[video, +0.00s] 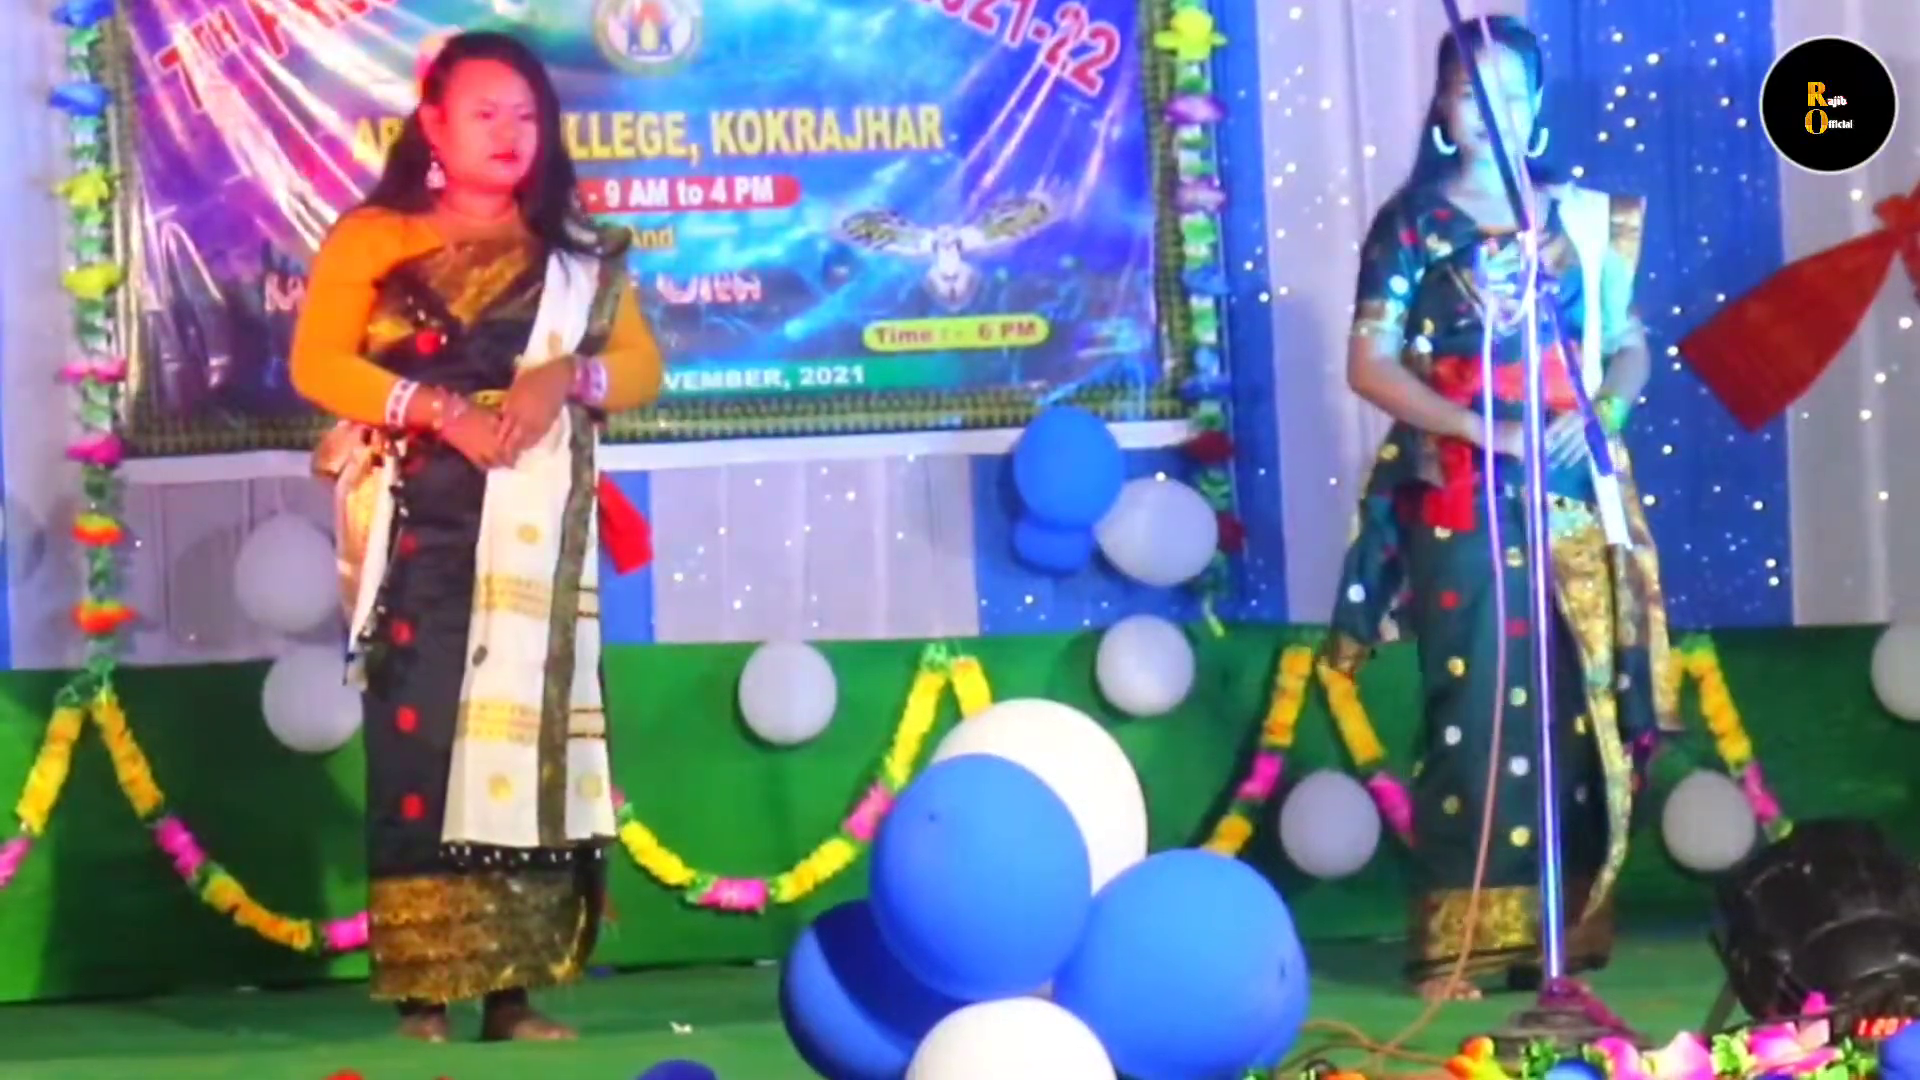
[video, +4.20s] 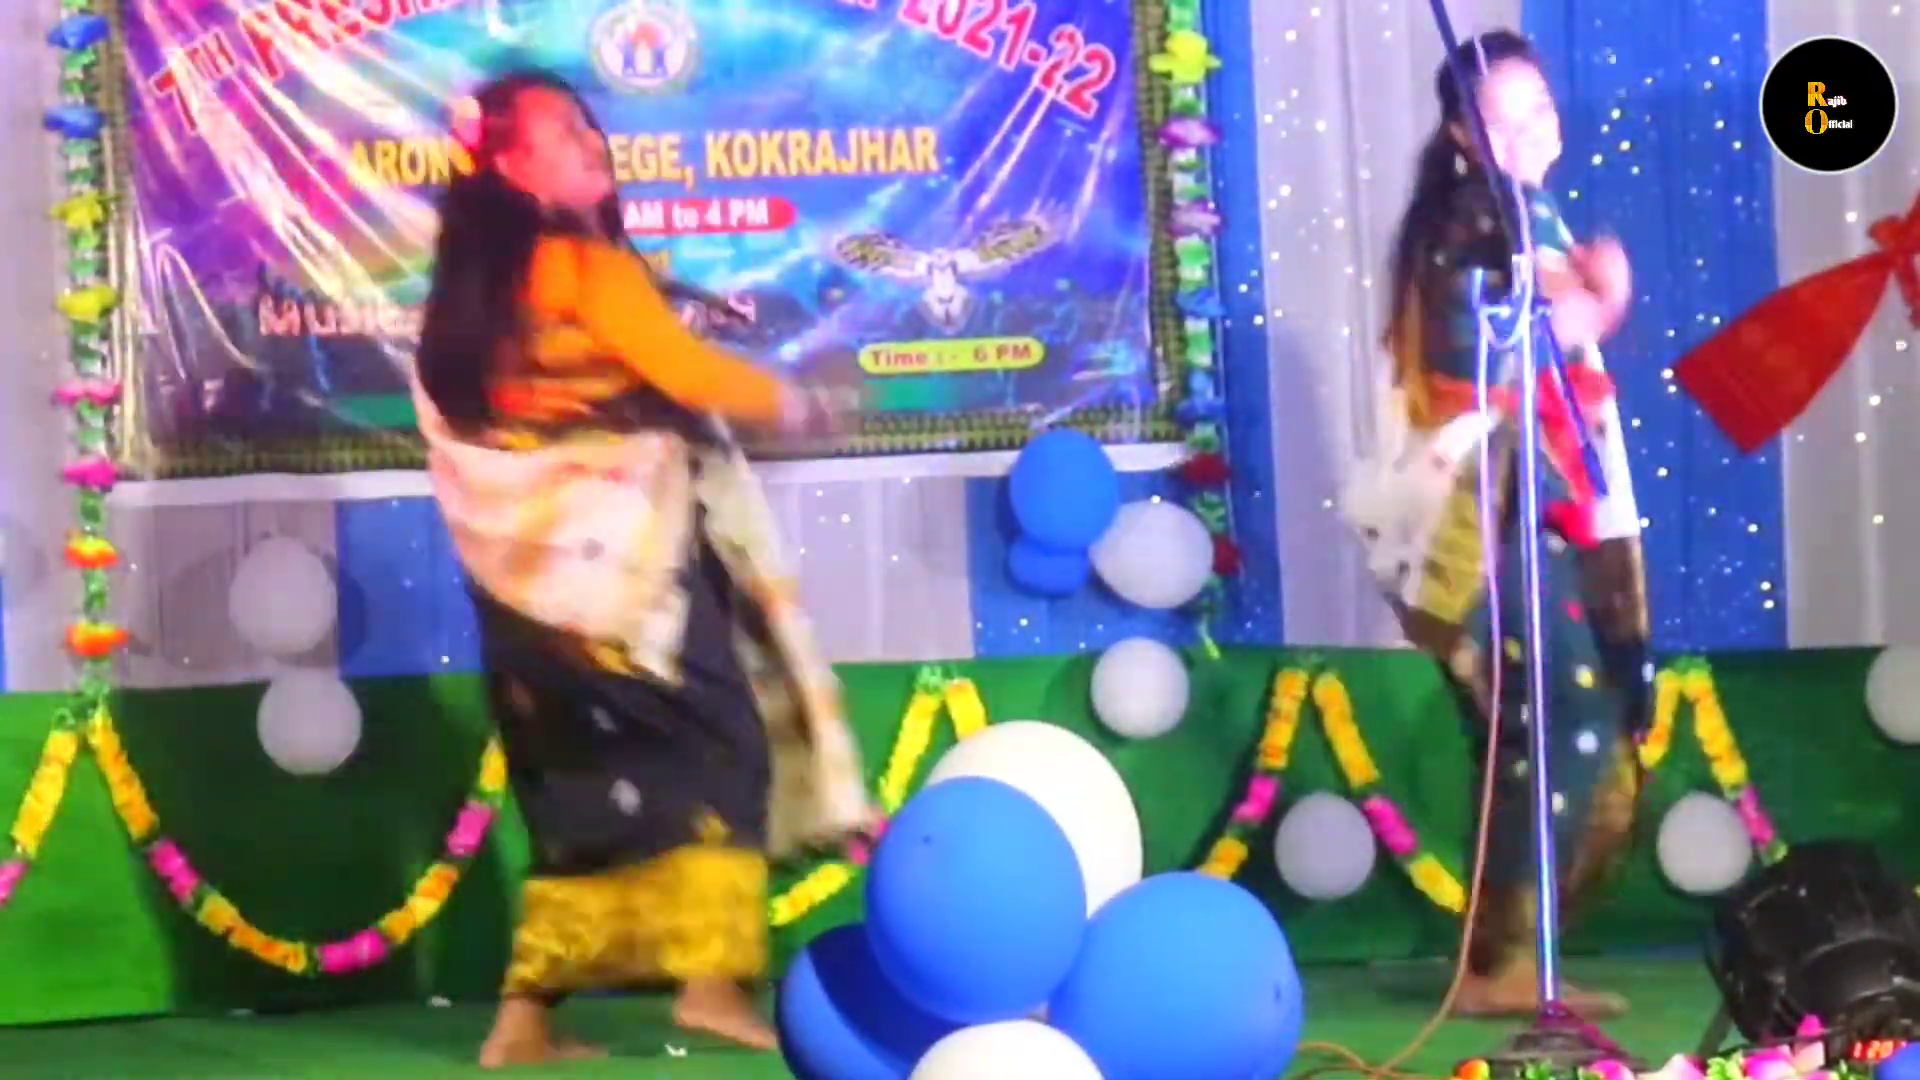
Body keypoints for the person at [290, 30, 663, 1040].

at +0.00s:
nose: (508, 133)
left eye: (524, 115)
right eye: (484, 114)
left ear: (545, 129)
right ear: (433, 126)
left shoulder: (574, 247)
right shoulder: (371, 237)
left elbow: (643, 371)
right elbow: (316, 363)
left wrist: (567, 376)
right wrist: (436, 407)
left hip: (537, 536)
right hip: (422, 531)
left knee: (528, 740)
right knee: (422, 744)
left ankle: (509, 991)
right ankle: (422, 990)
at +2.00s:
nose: (478, 151)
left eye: (495, 135)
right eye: (454, 132)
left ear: (514, 152)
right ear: (403, 146)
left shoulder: (545, 272)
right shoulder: (341, 262)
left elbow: (615, 393)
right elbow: (285, 388)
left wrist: (530, 398)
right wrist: (403, 427)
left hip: (512, 559)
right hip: (394, 556)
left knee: (514, 761)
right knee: (393, 766)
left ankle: (508, 1013)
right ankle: (390, 1011)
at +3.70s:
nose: (513, 141)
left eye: (519, 125)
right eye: (488, 126)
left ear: (529, 137)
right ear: (428, 141)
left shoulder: (556, 260)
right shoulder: (374, 251)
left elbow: (631, 380)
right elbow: (327, 374)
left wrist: (574, 406)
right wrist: (448, 397)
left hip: (536, 547)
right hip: (422, 544)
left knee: (530, 752)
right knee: (408, 760)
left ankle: (513, 1010)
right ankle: (390, 1012)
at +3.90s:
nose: (533, 146)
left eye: (534, 127)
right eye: (505, 134)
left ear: (546, 149)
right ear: (451, 166)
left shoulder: (549, 271)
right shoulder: (453, 266)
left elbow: (664, 360)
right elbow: (548, 340)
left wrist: (673, 275)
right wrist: (626, 276)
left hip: (577, 556)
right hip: (501, 558)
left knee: (579, 776)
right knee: (520, 773)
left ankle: (510, 1010)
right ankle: (421, 979)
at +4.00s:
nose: (550, 125)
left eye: (547, 108)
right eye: (523, 115)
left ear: (547, 132)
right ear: (469, 148)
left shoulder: (528, 237)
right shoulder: (493, 236)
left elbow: (678, 318)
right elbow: (632, 280)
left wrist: (639, 213)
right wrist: (637, 202)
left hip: (550, 546)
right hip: (529, 549)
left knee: (563, 765)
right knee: (566, 766)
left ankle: (511, 1007)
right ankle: (497, 1013)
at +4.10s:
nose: (580, 114)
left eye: (570, 98)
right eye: (555, 102)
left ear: (489, 138)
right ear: (498, 131)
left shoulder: (460, 245)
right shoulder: (561, 230)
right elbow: (677, 326)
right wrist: (714, 280)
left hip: (502, 560)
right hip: (595, 549)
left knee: (543, 764)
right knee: (690, 708)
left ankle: (511, 1003)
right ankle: (635, 953)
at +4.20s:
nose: (596, 145)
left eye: (586, 127)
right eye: (569, 133)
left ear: (504, 169)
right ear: (515, 162)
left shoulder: (469, 282)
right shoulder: (589, 268)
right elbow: (687, 371)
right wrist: (783, 400)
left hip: (527, 588)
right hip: (634, 576)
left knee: (575, 792)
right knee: (723, 746)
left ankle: (524, 1018)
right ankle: (715, 986)